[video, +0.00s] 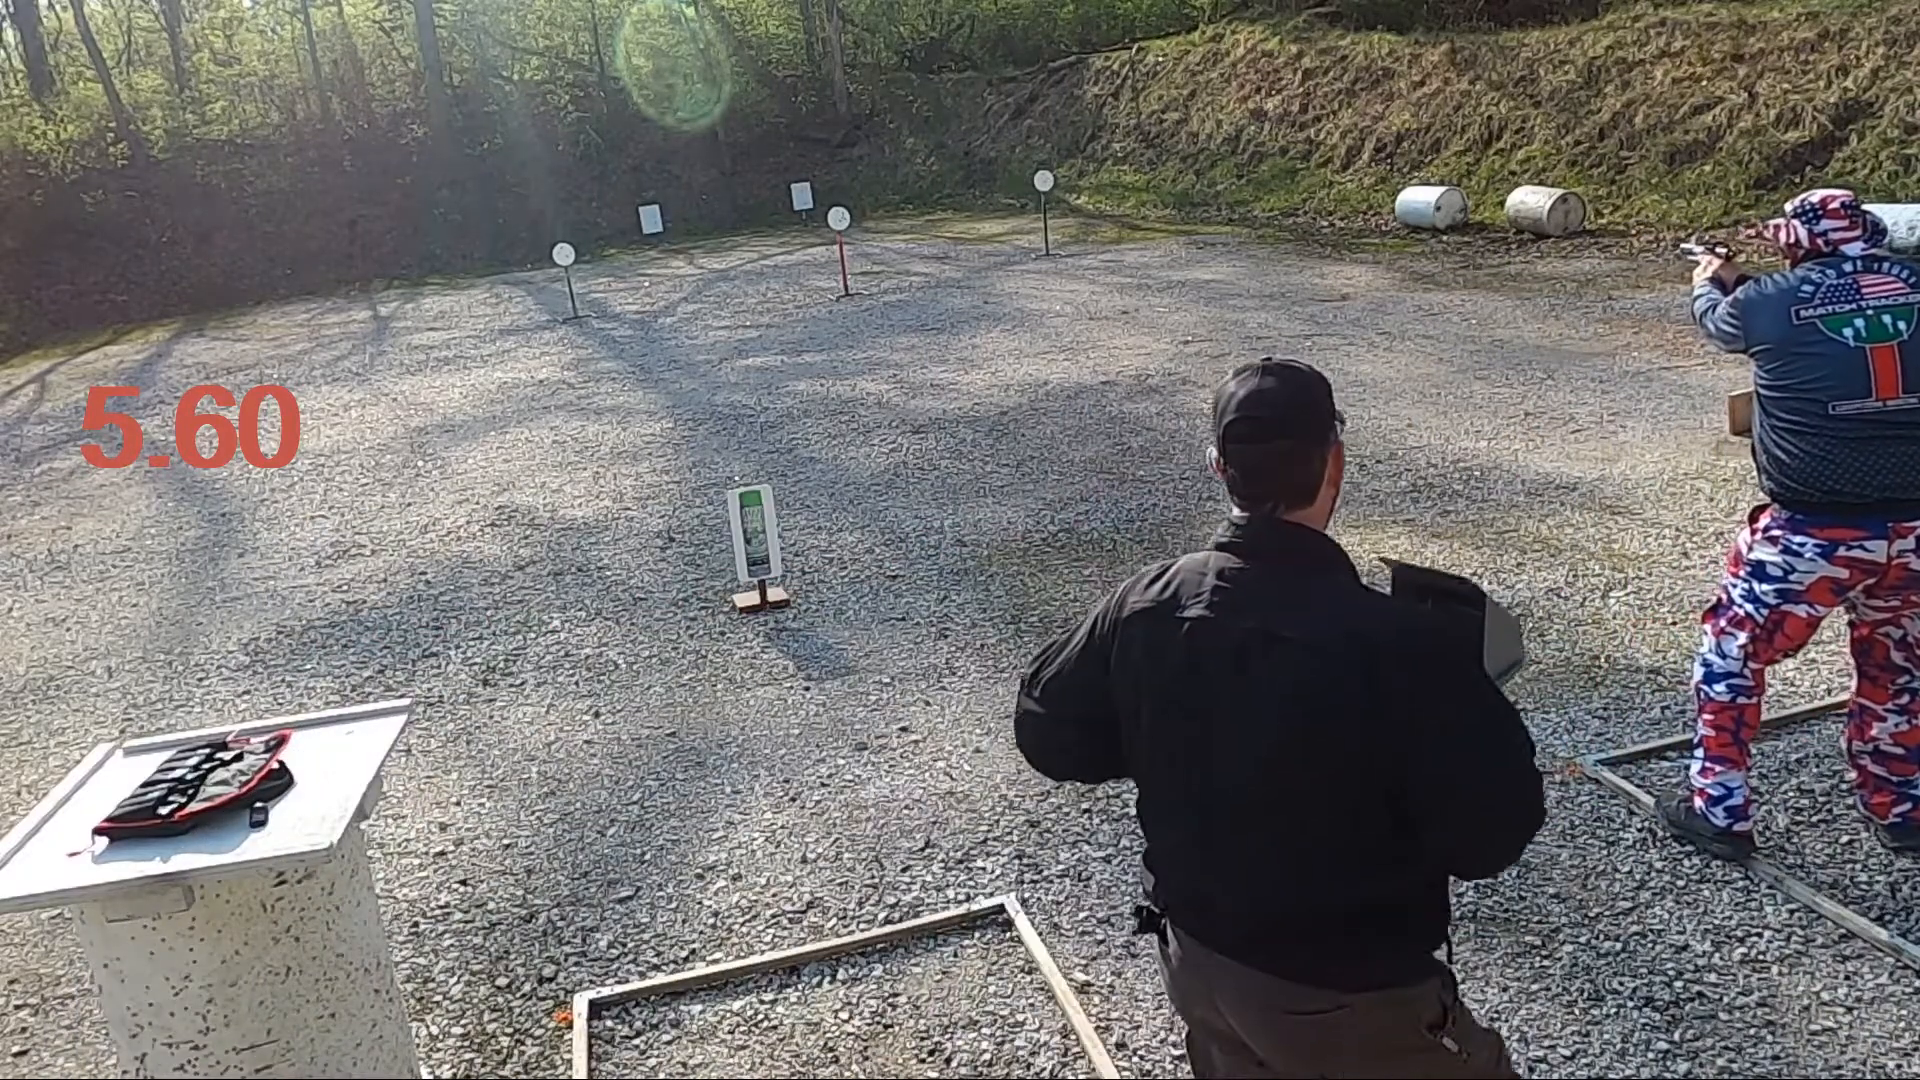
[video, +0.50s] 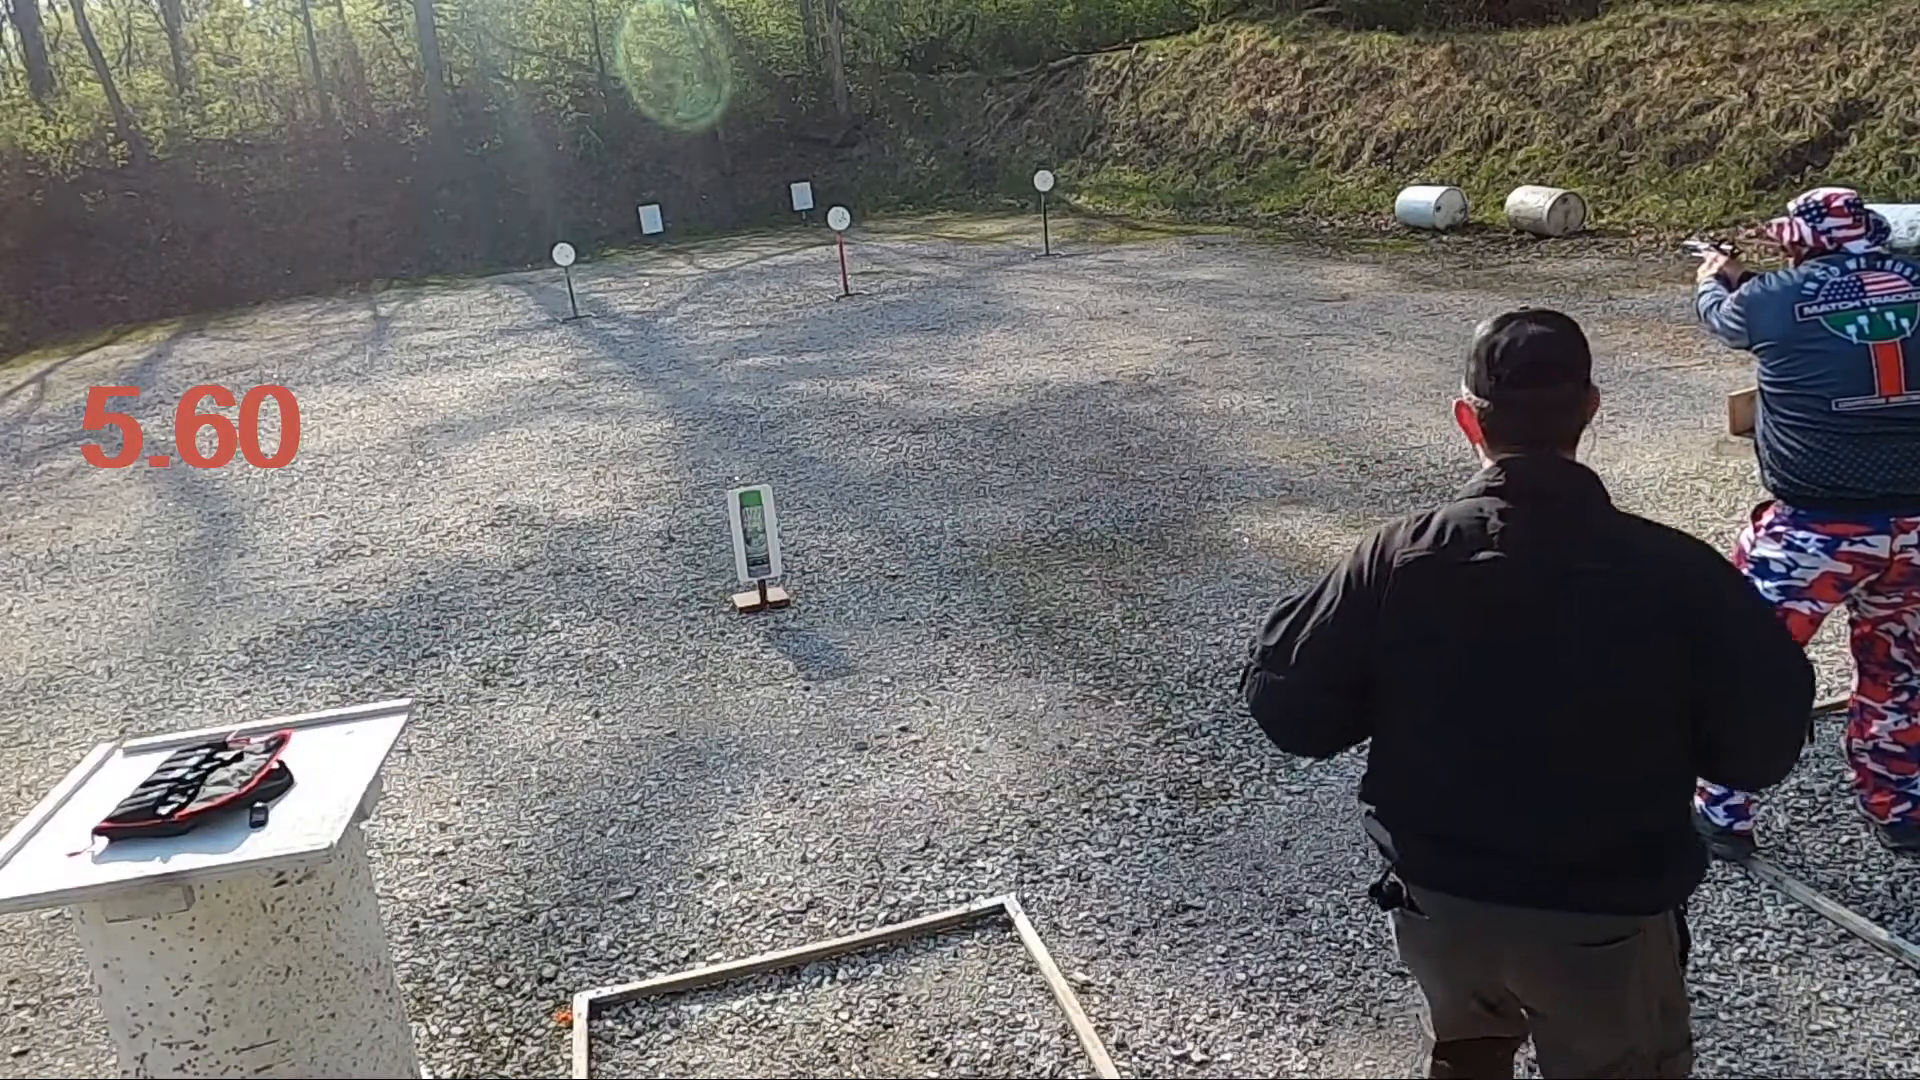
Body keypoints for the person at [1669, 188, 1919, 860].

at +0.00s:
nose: (1789, 245)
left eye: (1791, 236)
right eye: (1786, 235)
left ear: (1804, 244)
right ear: (1868, 234)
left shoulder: (1771, 298)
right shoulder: (1910, 286)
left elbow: (1712, 317)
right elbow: (1867, 270)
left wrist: (1710, 277)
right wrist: (1807, 250)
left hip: (1811, 531)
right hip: (1911, 529)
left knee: (1731, 649)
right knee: (1897, 675)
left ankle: (1720, 812)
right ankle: (1903, 811)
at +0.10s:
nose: (1788, 246)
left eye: (1791, 237)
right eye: (1785, 237)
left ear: (1805, 244)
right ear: (1867, 234)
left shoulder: (1772, 298)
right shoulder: (1910, 287)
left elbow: (1712, 315)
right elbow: (1866, 270)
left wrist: (1710, 276)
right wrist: (1806, 249)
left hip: (1812, 532)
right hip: (1912, 530)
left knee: (1731, 648)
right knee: (1897, 674)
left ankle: (1720, 812)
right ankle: (1903, 811)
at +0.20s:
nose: (1790, 245)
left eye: (1792, 236)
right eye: (1786, 235)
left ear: (1804, 244)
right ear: (1868, 234)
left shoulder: (1773, 298)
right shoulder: (1911, 287)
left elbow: (1714, 315)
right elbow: (1868, 271)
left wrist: (1711, 276)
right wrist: (1807, 250)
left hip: (1813, 531)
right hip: (1913, 530)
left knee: (1732, 646)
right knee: (1897, 674)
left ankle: (1718, 809)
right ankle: (1903, 811)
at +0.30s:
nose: (1794, 249)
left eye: (1796, 240)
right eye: (1791, 238)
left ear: (1804, 246)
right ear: (1870, 233)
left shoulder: (1771, 299)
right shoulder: (1908, 283)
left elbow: (1714, 313)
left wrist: (1712, 275)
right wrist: (1809, 253)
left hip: (1814, 530)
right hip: (1910, 529)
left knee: (1730, 650)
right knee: (1896, 673)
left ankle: (1722, 812)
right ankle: (1901, 811)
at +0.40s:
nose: (1793, 247)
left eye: (1795, 238)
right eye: (1789, 237)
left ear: (1806, 244)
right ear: (1870, 233)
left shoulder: (1774, 297)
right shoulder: (1912, 285)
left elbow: (1715, 313)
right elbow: (1870, 272)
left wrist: (1713, 275)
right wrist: (1809, 249)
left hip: (1814, 530)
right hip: (1913, 529)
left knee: (1727, 656)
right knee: (1897, 678)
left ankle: (1719, 810)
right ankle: (1903, 810)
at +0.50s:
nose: (1793, 251)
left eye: (1796, 242)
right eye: (1791, 241)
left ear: (1805, 245)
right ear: (1871, 232)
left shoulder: (1772, 297)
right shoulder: (1909, 282)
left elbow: (1716, 312)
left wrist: (1714, 273)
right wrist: (1809, 255)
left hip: (1812, 528)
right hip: (1910, 529)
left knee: (1745, 657)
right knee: (1896, 676)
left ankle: (1725, 812)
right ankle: (1900, 809)